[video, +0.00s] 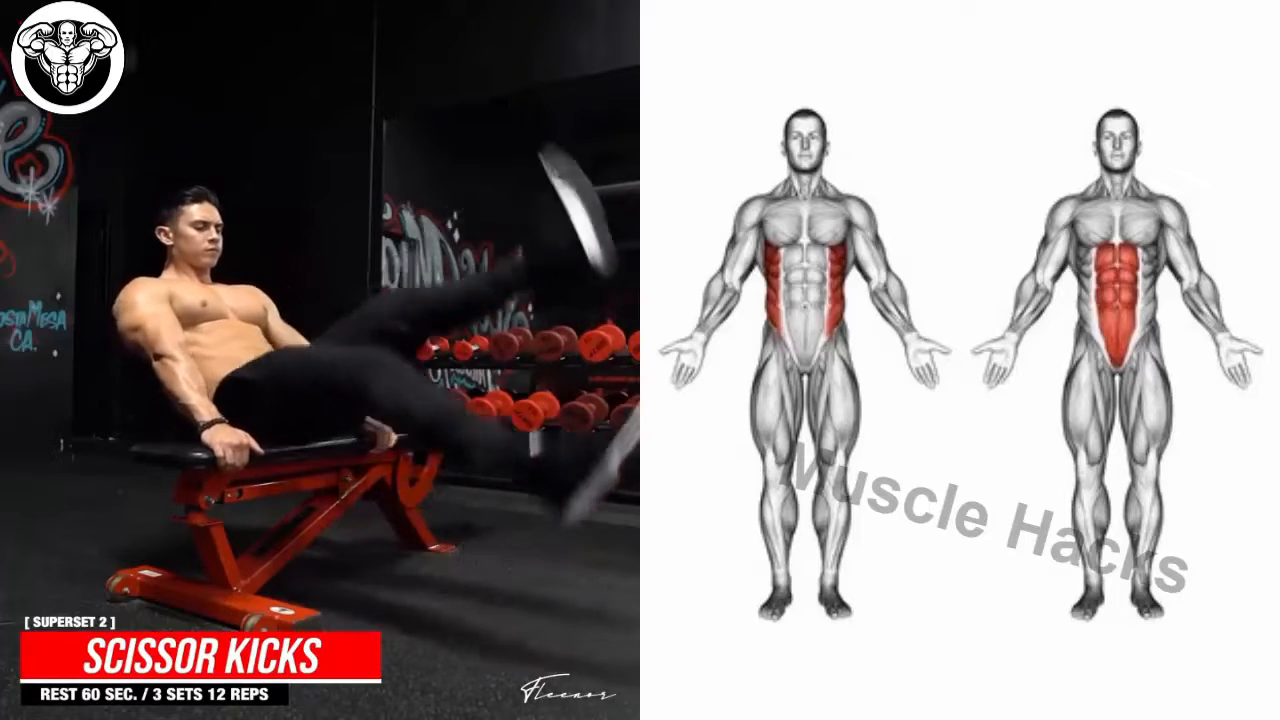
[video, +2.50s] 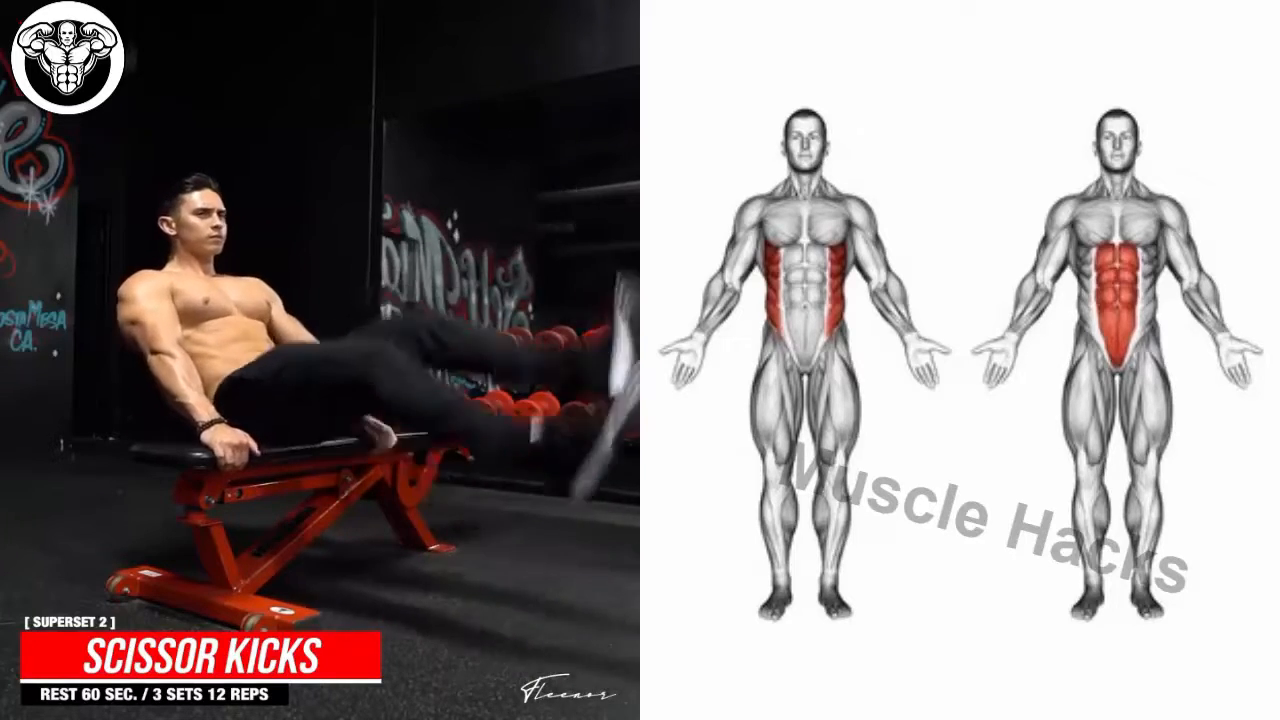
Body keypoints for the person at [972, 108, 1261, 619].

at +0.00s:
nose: (1116, 145)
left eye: (1124, 137)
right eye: (1109, 137)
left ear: (1137, 145)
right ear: (1097, 145)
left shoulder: (1164, 211)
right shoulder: (1070, 211)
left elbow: (1193, 282)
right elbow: (1041, 282)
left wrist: (1221, 335)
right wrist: (1012, 336)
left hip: (1144, 355)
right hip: (1089, 354)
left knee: (1145, 466)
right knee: (1088, 466)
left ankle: (1141, 582)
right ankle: (1092, 583)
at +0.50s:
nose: (1116, 145)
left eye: (1124, 138)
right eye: (1108, 138)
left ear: (1137, 145)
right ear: (1097, 145)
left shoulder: (1164, 211)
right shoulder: (1070, 211)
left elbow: (1193, 282)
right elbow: (1041, 282)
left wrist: (1222, 335)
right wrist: (1012, 336)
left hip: (1144, 355)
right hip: (1089, 354)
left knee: (1145, 466)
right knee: (1088, 466)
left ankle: (1141, 581)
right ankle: (1092, 583)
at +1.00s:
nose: (1116, 145)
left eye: (1124, 138)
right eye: (1108, 138)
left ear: (1137, 145)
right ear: (1097, 145)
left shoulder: (1164, 211)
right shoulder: (1070, 211)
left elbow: (1193, 282)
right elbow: (1041, 281)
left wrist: (1222, 335)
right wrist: (1012, 336)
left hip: (1144, 355)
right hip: (1089, 354)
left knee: (1145, 465)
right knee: (1088, 466)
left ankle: (1141, 581)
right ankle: (1092, 583)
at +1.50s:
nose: (1116, 145)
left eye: (1124, 138)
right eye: (1108, 138)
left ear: (1137, 145)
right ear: (1097, 145)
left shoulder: (1164, 211)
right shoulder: (1070, 211)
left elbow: (1193, 282)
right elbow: (1041, 282)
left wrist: (1221, 335)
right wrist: (1012, 336)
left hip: (1144, 355)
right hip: (1089, 354)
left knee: (1145, 466)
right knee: (1088, 466)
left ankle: (1141, 581)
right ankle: (1092, 583)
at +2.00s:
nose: (1116, 145)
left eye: (1124, 138)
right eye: (1108, 138)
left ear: (1137, 145)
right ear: (1097, 146)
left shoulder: (1164, 211)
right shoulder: (1070, 211)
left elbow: (1193, 282)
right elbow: (1041, 282)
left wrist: (1221, 335)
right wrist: (1012, 336)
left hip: (1144, 355)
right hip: (1089, 354)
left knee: (1145, 466)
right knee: (1088, 466)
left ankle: (1141, 581)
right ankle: (1092, 583)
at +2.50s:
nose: (1116, 146)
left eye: (1124, 138)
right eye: (1109, 138)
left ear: (1137, 145)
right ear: (1097, 145)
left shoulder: (1164, 211)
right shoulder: (1070, 211)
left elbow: (1193, 282)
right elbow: (1041, 282)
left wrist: (1222, 335)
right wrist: (1012, 336)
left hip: (1144, 355)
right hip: (1089, 354)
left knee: (1145, 466)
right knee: (1088, 467)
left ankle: (1141, 581)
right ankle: (1092, 583)